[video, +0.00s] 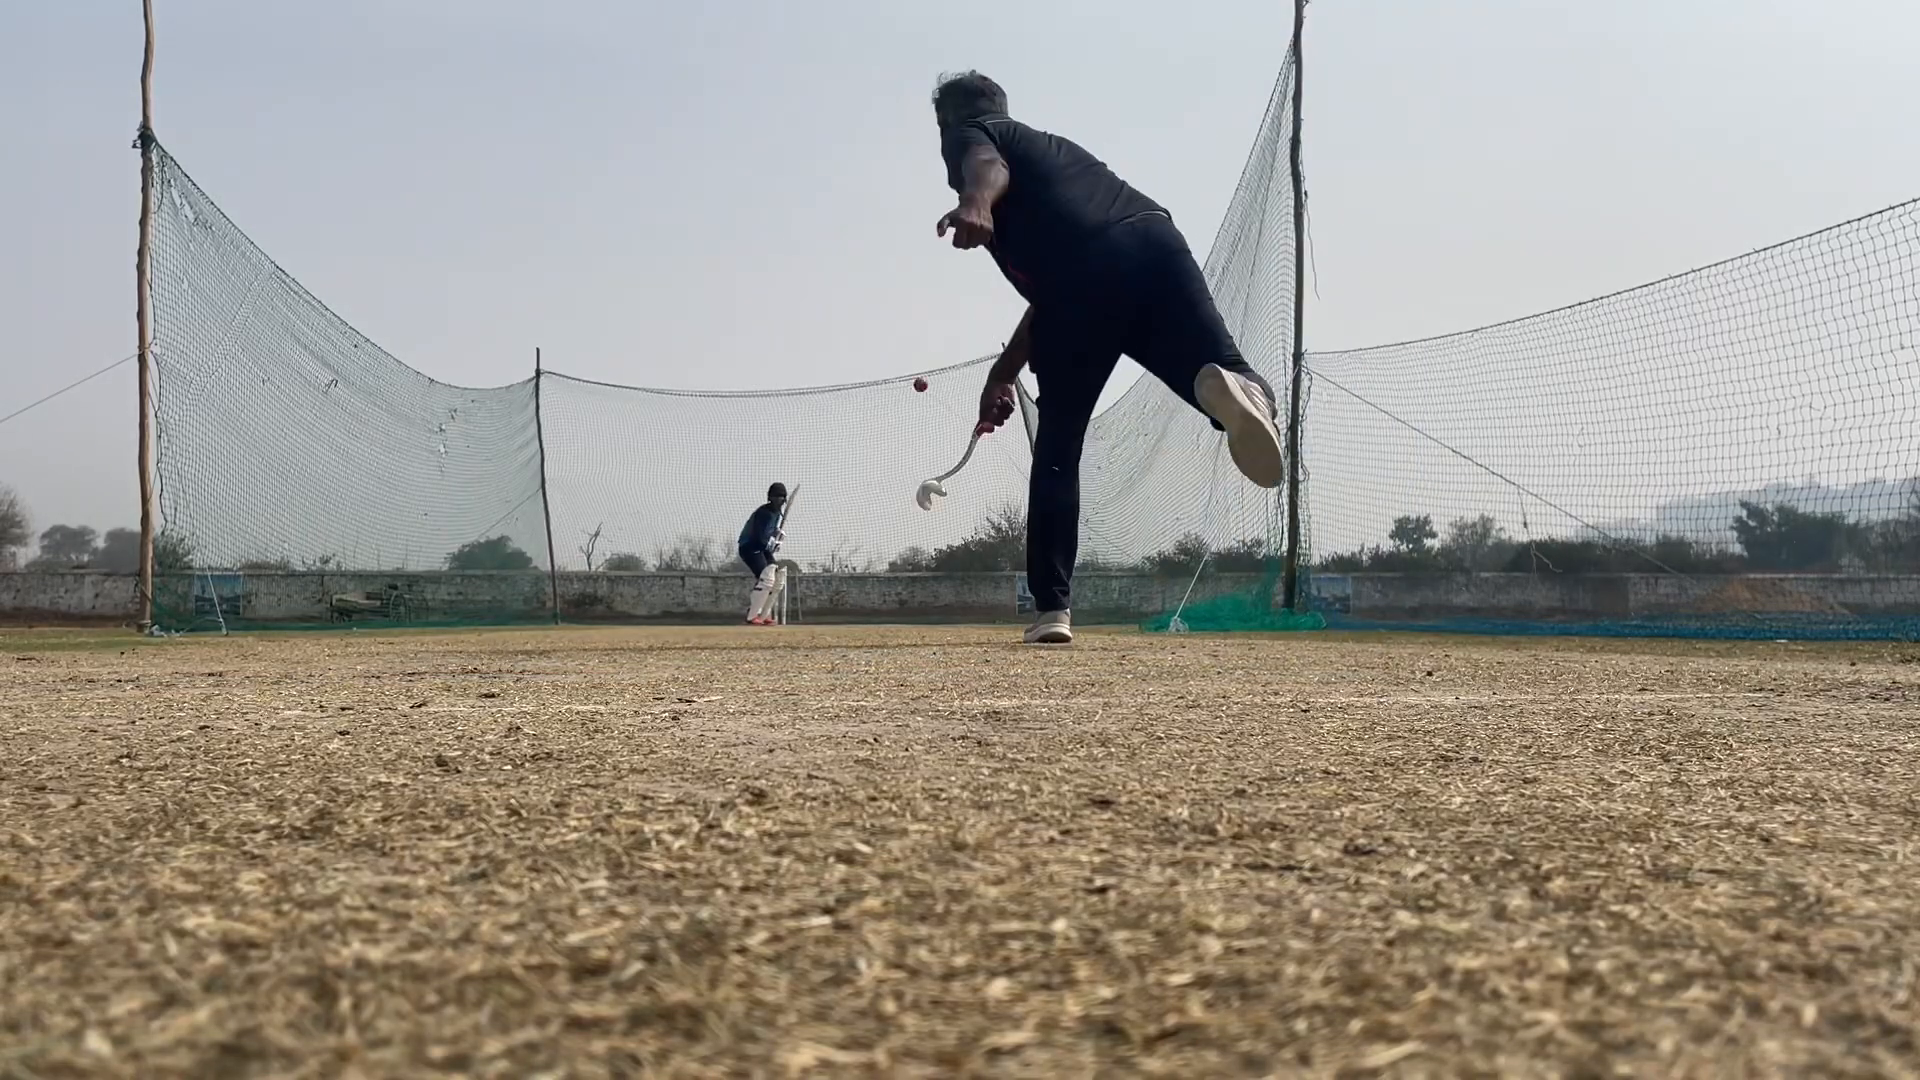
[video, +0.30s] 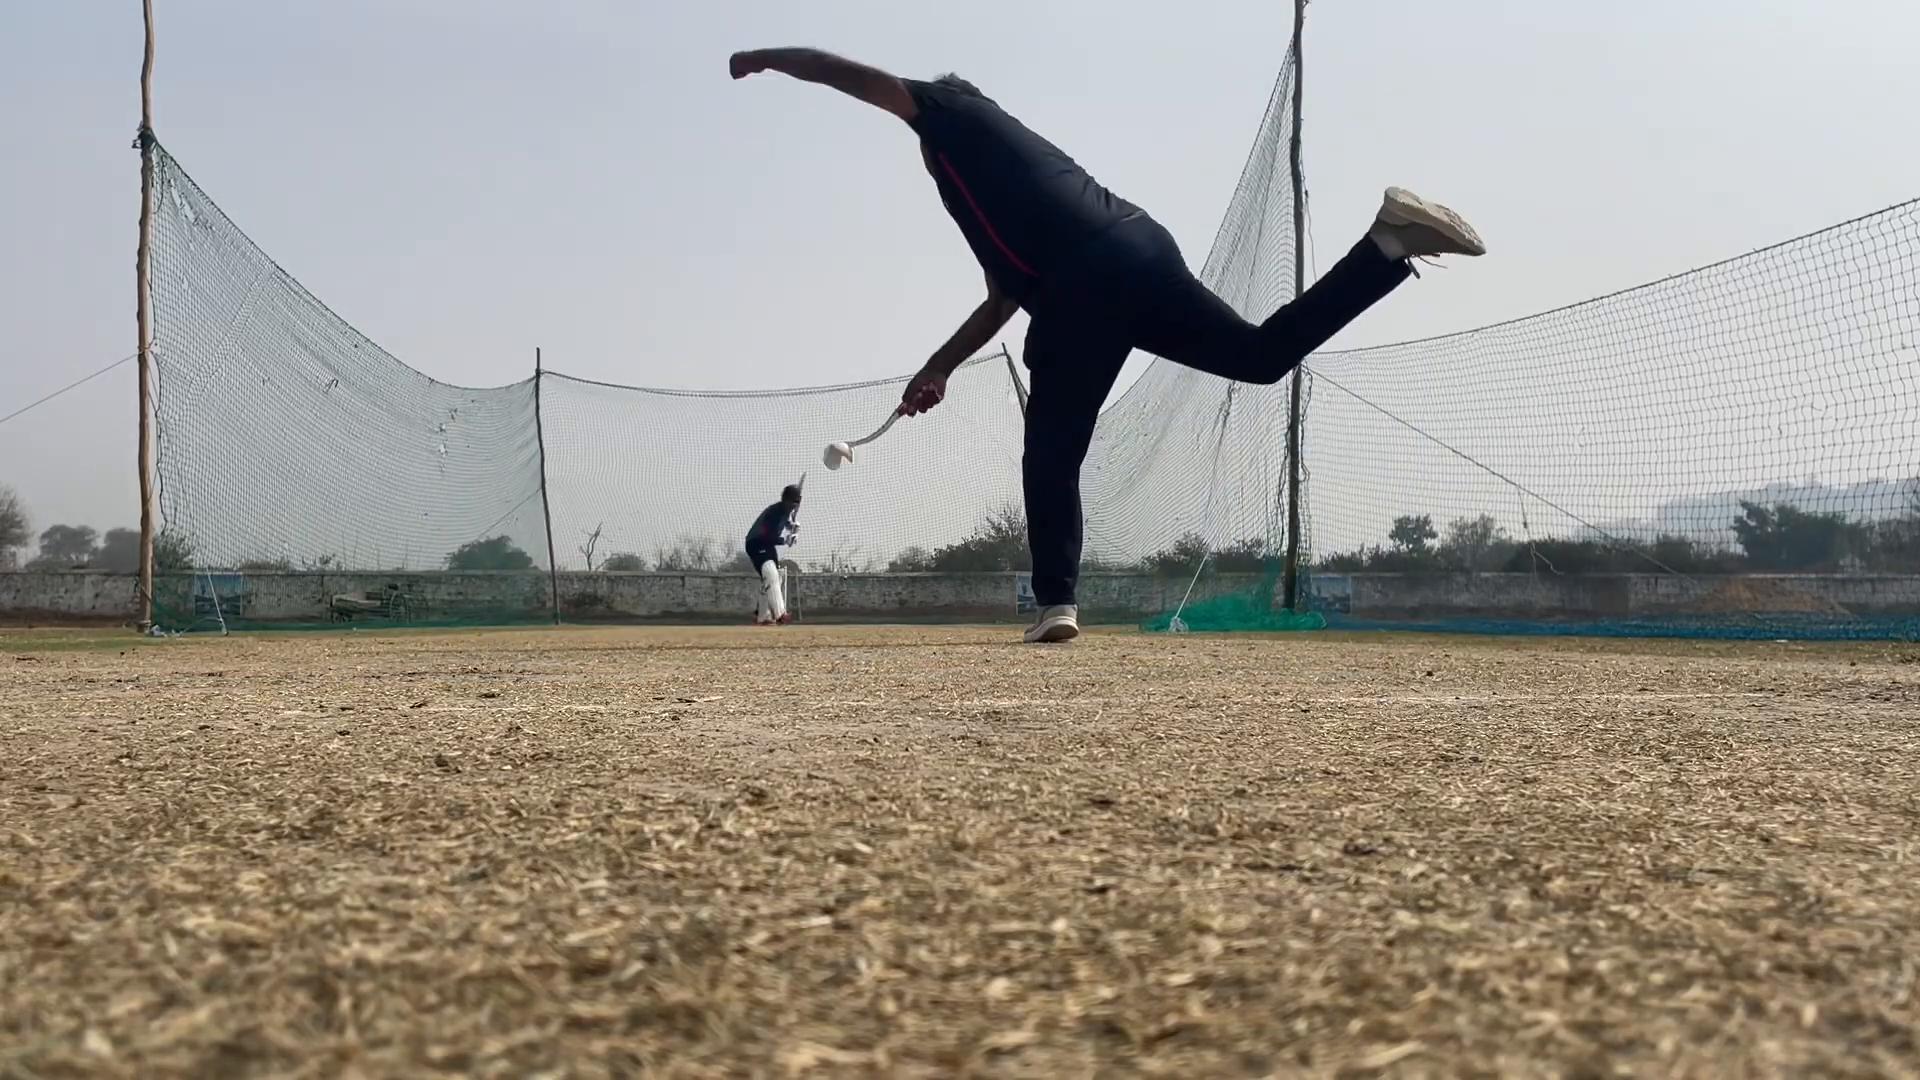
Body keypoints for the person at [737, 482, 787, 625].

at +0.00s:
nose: (783, 500)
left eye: (784, 496)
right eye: (780, 496)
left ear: (785, 498)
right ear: (771, 497)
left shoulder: (777, 513)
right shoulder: (765, 512)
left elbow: (772, 529)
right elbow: (760, 538)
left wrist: (777, 534)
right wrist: (772, 545)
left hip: (762, 547)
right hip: (749, 547)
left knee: (777, 577)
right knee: (767, 576)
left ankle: (765, 615)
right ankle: (752, 615)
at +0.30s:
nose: (795, 505)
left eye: (797, 501)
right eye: (792, 501)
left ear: (799, 501)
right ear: (784, 499)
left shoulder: (785, 511)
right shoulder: (775, 511)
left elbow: (782, 521)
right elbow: (768, 538)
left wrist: (790, 526)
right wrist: (784, 540)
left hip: (768, 542)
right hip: (756, 542)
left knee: (771, 577)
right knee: (771, 575)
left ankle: (763, 616)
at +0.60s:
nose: (810, 498)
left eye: (811, 495)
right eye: (809, 494)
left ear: (796, 490)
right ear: (804, 493)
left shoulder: (784, 498)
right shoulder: (792, 504)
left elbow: (771, 507)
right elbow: (800, 530)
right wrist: (806, 522)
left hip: (766, 542)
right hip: (774, 543)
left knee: (778, 578)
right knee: (791, 575)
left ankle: (767, 614)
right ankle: (787, 616)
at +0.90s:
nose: (812, 493)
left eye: (814, 490)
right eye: (812, 490)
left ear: (798, 484)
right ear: (807, 488)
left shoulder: (784, 495)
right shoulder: (798, 502)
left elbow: (768, 507)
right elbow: (808, 528)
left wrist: (784, 512)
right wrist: (810, 522)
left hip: (770, 541)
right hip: (781, 542)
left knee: (781, 576)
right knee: (795, 574)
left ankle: (770, 611)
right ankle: (787, 615)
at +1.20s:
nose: (813, 490)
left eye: (814, 486)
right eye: (812, 486)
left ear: (797, 483)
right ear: (807, 486)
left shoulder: (785, 495)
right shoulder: (798, 500)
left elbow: (770, 508)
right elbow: (809, 526)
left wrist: (786, 513)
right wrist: (808, 519)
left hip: (772, 541)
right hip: (783, 542)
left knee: (782, 577)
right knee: (797, 575)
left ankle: (770, 612)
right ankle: (788, 615)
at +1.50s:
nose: (805, 482)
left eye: (805, 479)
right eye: (804, 479)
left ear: (789, 479)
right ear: (799, 480)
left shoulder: (784, 494)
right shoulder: (791, 495)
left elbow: (794, 520)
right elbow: (799, 519)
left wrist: (807, 534)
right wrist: (811, 533)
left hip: (775, 539)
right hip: (783, 539)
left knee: (783, 576)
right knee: (797, 574)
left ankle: (771, 613)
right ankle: (788, 615)